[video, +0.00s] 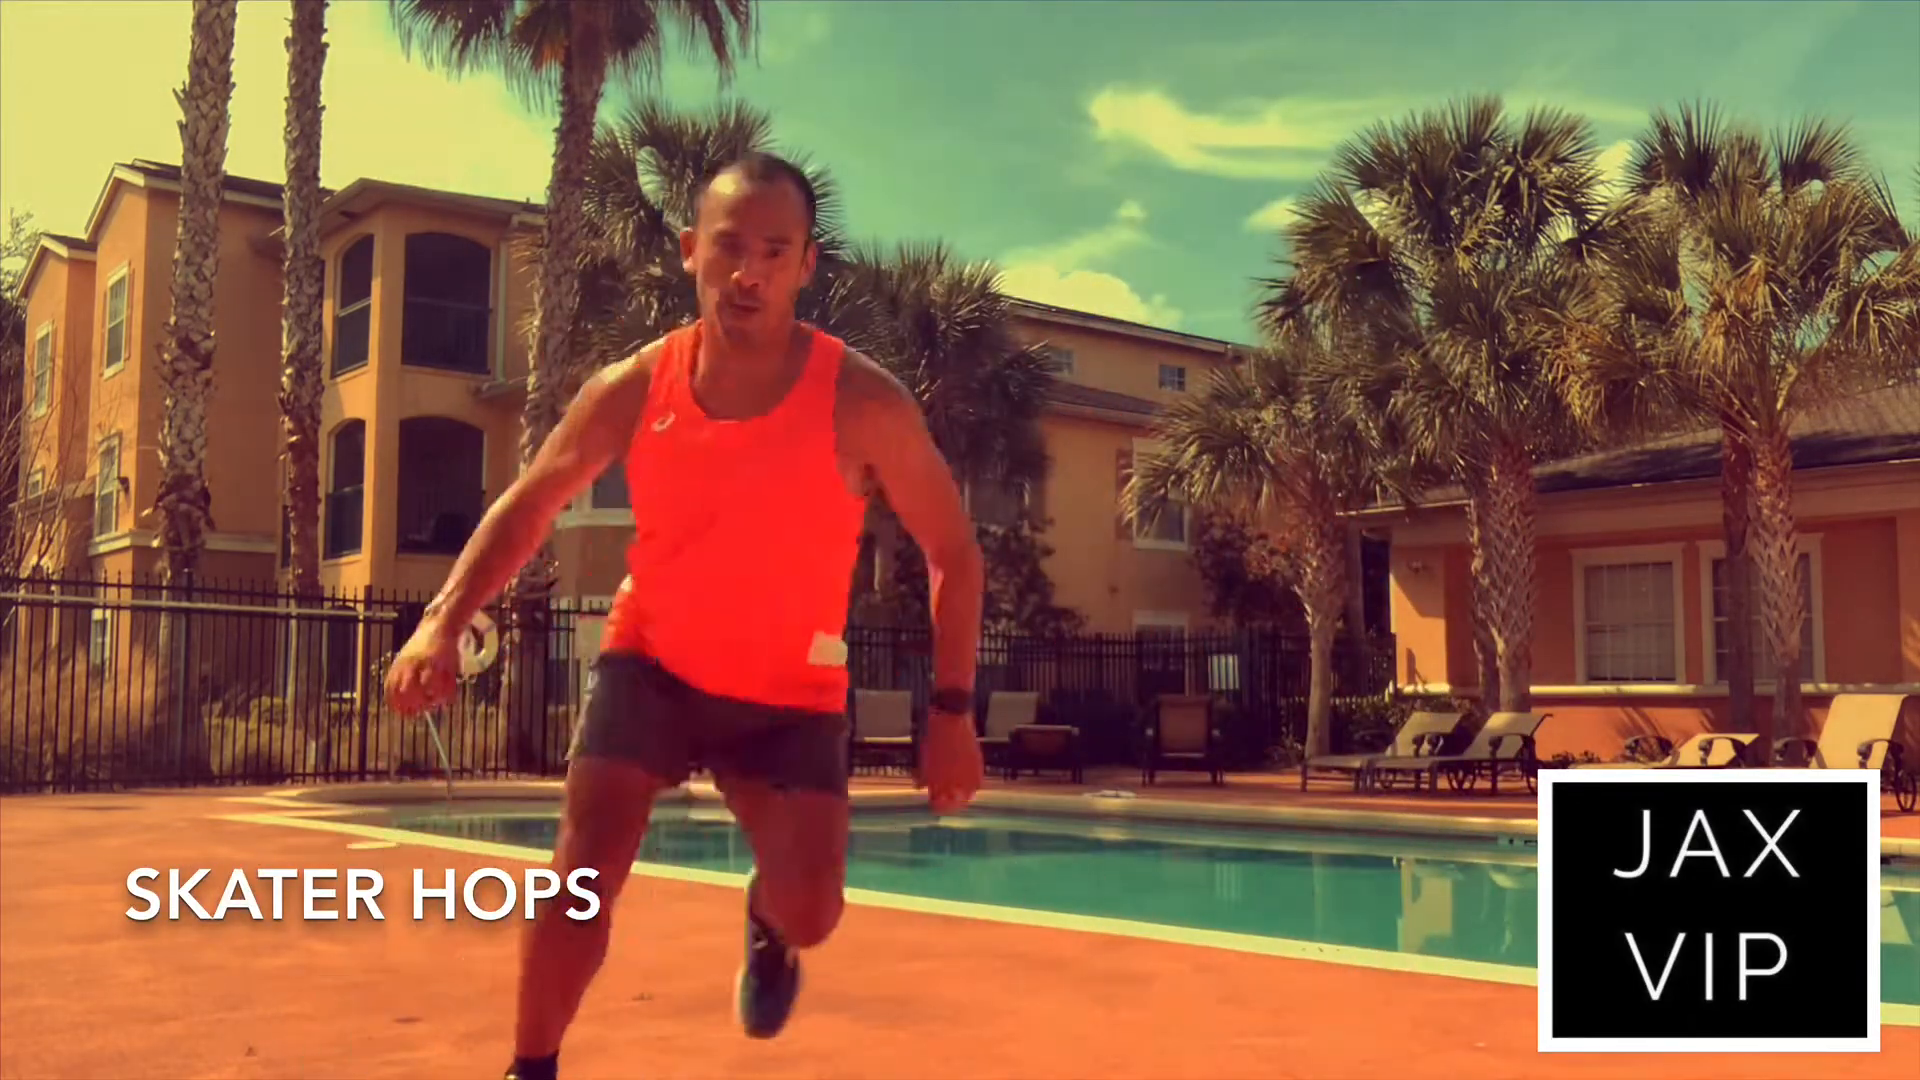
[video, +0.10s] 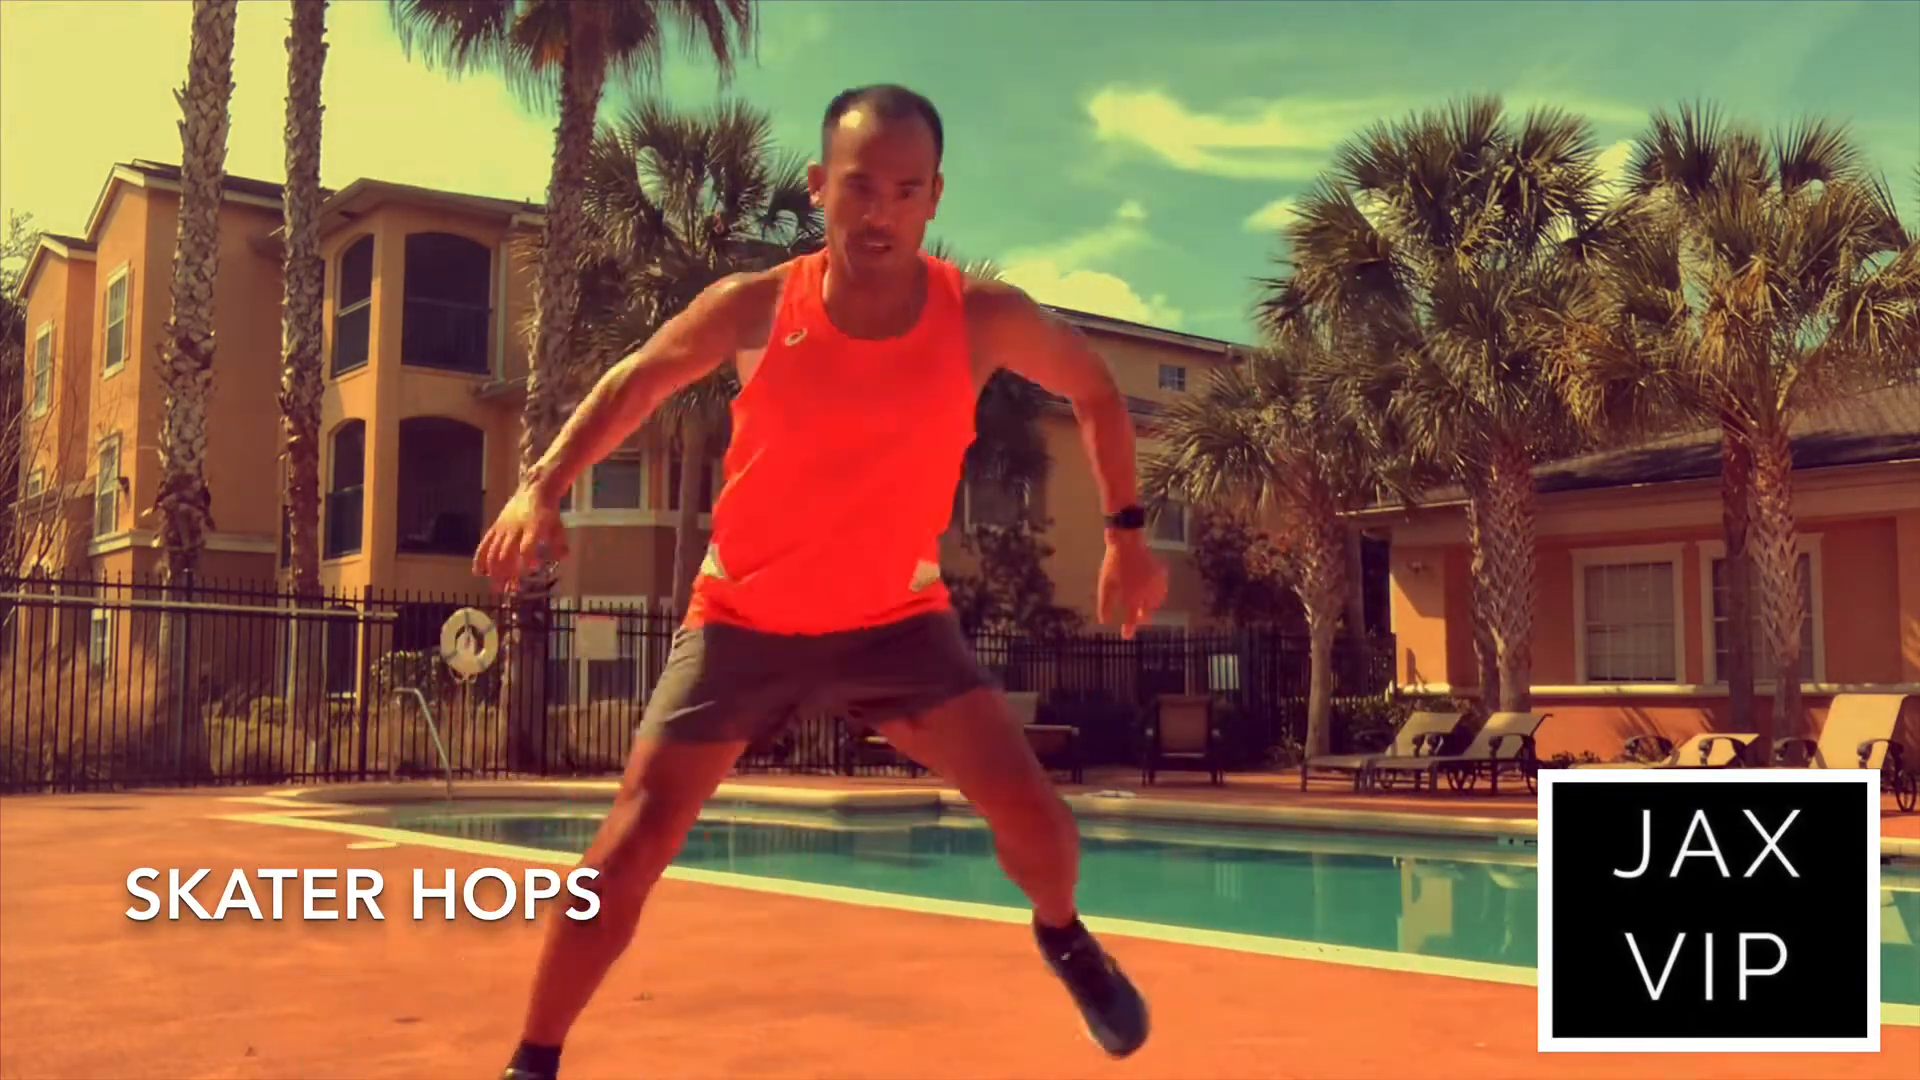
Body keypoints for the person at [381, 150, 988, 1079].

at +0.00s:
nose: (748, 268)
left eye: (773, 249)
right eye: (728, 244)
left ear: (806, 264)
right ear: (690, 251)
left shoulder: (865, 405)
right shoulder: (637, 389)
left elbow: (956, 555)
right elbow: (533, 499)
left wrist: (952, 709)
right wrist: (443, 619)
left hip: (794, 691)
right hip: (650, 669)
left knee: (809, 915)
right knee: (583, 877)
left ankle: (770, 919)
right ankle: (532, 1067)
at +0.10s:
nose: (882, 211)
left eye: (905, 190)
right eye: (861, 185)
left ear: (934, 197)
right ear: (820, 187)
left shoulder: (986, 318)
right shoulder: (754, 305)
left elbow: (1097, 393)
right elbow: (637, 382)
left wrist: (1126, 532)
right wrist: (540, 490)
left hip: (897, 619)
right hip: (743, 620)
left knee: (1032, 812)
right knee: (634, 839)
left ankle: (1062, 935)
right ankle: (533, 1061)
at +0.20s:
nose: (1022, 180)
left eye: (1047, 158)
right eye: (1001, 151)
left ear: (1075, 159)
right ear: (958, 143)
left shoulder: (1106, 267)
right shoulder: (879, 265)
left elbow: (1183, 320)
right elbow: (776, 354)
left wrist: (1236, 441)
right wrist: (683, 442)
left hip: (1031, 588)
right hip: (866, 591)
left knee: (1190, 762)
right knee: (735, 788)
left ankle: (1320, 972)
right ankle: (599, 1010)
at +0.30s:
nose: (1166, 198)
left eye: (1188, 174)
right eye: (1143, 169)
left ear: (1207, 177)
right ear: (1088, 166)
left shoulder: (1234, 296)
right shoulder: (1003, 292)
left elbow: (1286, 384)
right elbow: (884, 400)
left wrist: (1308, 499)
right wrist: (802, 524)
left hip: (1164, 604)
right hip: (1004, 597)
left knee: (1299, 807)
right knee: (859, 828)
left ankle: (1448, 1026)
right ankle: (857, 917)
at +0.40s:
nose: (1290, 270)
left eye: (1311, 246)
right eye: (1267, 242)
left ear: (1328, 254)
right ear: (1208, 246)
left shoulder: (1353, 376)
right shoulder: (1129, 383)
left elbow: (1380, 474)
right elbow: (999, 529)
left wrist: (1390, 593)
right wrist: (974, 665)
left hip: (1286, 656)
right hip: (1135, 667)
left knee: (1399, 851)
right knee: (1060, 904)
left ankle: (1470, 1069)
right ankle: (1144, 874)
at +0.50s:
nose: (1385, 336)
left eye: (1404, 312)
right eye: (1360, 309)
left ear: (1420, 322)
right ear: (1298, 314)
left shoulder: (1420, 424)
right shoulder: (1231, 452)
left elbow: (1433, 514)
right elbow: (1152, 648)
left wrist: (1453, 622)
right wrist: (1206, 807)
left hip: (1363, 689)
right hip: (1237, 727)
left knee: (1456, 873)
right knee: (1266, 984)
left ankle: (1478, 1072)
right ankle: (1350, 910)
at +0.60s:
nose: (1443, 390)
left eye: (1461, 366)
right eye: (1417, 362)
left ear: (1476, 375)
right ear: (1351, 371)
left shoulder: (1456, 464)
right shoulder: (1300, 513)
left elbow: (1449, 538)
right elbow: (1303, 736)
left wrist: (1473, 600)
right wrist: (1449, 881)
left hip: (1406, 704)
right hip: (1285, 751)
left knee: (1466, 880)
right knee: (1405, 997)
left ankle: (1477, 1075)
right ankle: (1494, 966)